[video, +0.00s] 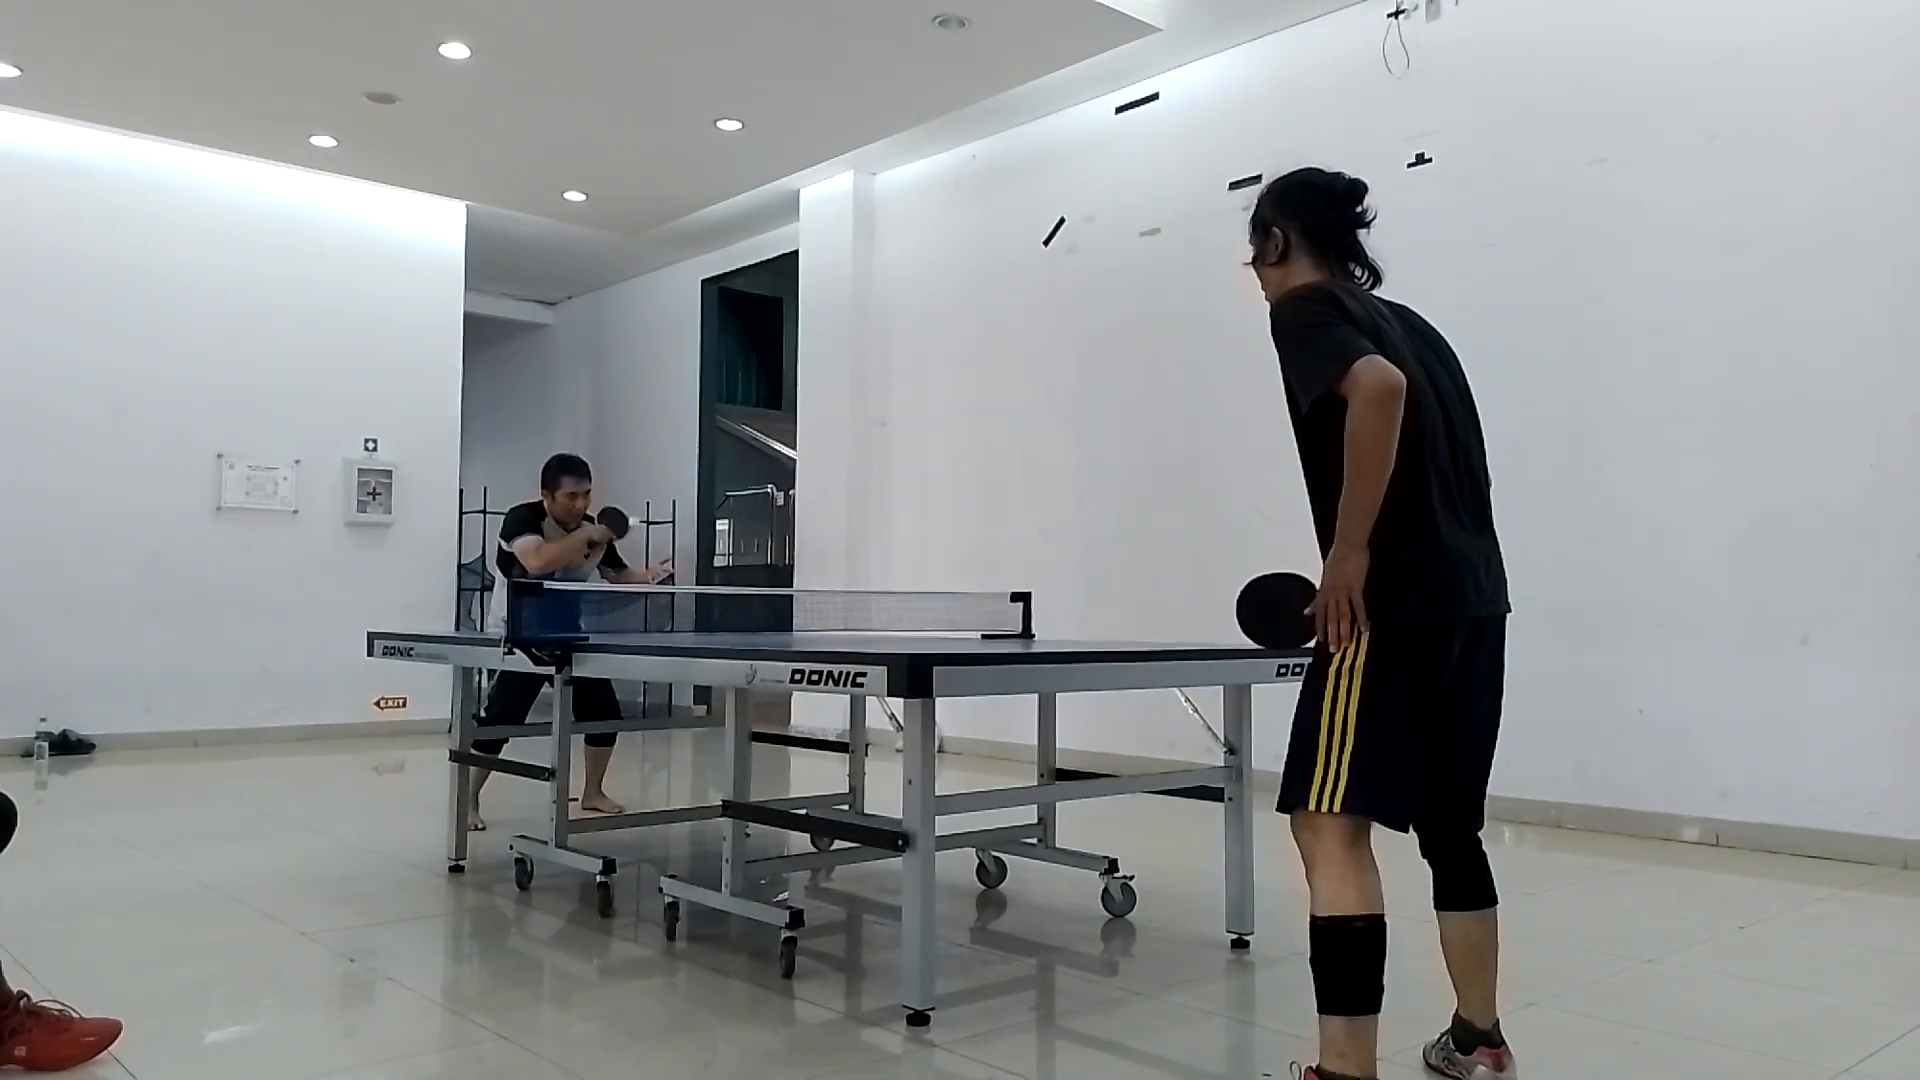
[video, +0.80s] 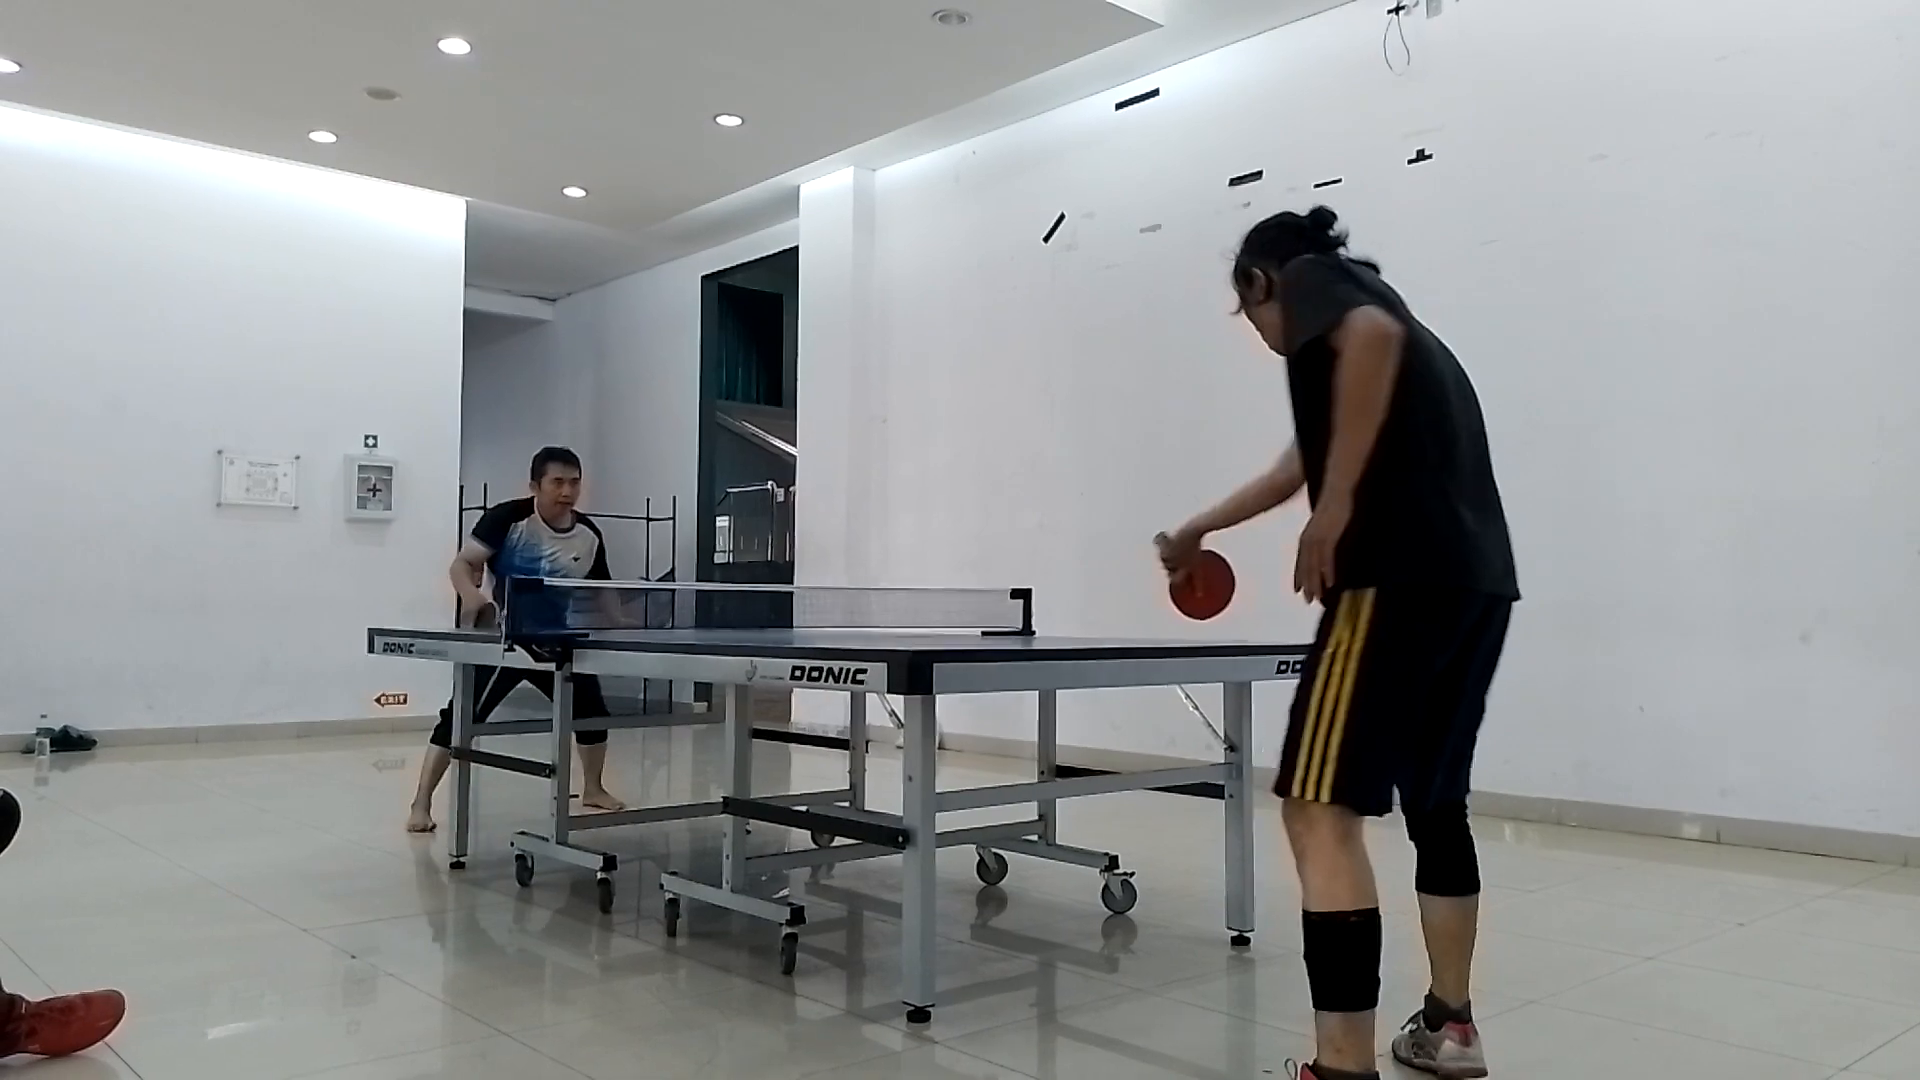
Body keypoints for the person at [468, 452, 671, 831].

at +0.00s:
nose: (581, 504)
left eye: (585, 495)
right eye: (572, 496)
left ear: (590, 492)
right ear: (547, 494)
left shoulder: (592, 530)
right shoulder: (521, 518)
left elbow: (620, 576)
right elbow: (535, 561)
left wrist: (649, 576)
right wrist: (585, 535)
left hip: (571, 643)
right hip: (521, 643)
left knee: (605, 715)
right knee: (498, 725)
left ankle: (593, 793)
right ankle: (468, 798)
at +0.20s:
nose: (578, 503)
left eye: (584, 494)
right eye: (569, 494)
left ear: (590, 493)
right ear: (546, 493)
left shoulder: (592, 533)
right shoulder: (521, 514)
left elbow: (610, 581)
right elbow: (516, 545)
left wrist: (643, 596)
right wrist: (575, 554)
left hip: (568, 644)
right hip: (516, 643)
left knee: (603, 713)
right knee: (495, 724)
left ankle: (592, 791)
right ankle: (468, 796)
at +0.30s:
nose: (576, 502)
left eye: (583, 493)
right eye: (567, 493)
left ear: (589, 492)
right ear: (546, 491)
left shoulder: (591, 537)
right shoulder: (522, 512)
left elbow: (610, 595)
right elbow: (500, 538)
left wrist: (638, 617)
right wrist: (522, 556)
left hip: (568, 644)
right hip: (518, 642)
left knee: (600, 713)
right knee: (493, 723)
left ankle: (591, 792)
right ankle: (465, 797)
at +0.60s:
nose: (581, 492)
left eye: (588, 484)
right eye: (572, 483)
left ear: (595, 486)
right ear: (551, 484)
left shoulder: (602, 534)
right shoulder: (523, 513)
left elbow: (606, 595)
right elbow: (474, 550)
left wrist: (616, 625)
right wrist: (472, 576)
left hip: (573, 642)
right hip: (520, 638)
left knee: (600, 711)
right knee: (483, 717)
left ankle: (593, 791)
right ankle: (458, 793)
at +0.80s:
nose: (567, 491)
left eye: (574, 483)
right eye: (558, 482)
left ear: (581, 486)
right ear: (536, 485)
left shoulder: (589, 536)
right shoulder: (506, 519)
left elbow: (601, 592)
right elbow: (461, 565)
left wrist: (619, 622)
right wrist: (471, 594)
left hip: (555, 647)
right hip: (500, 644)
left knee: (593, 712)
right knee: (459, 716)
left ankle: (593, 790)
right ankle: (421, 801)